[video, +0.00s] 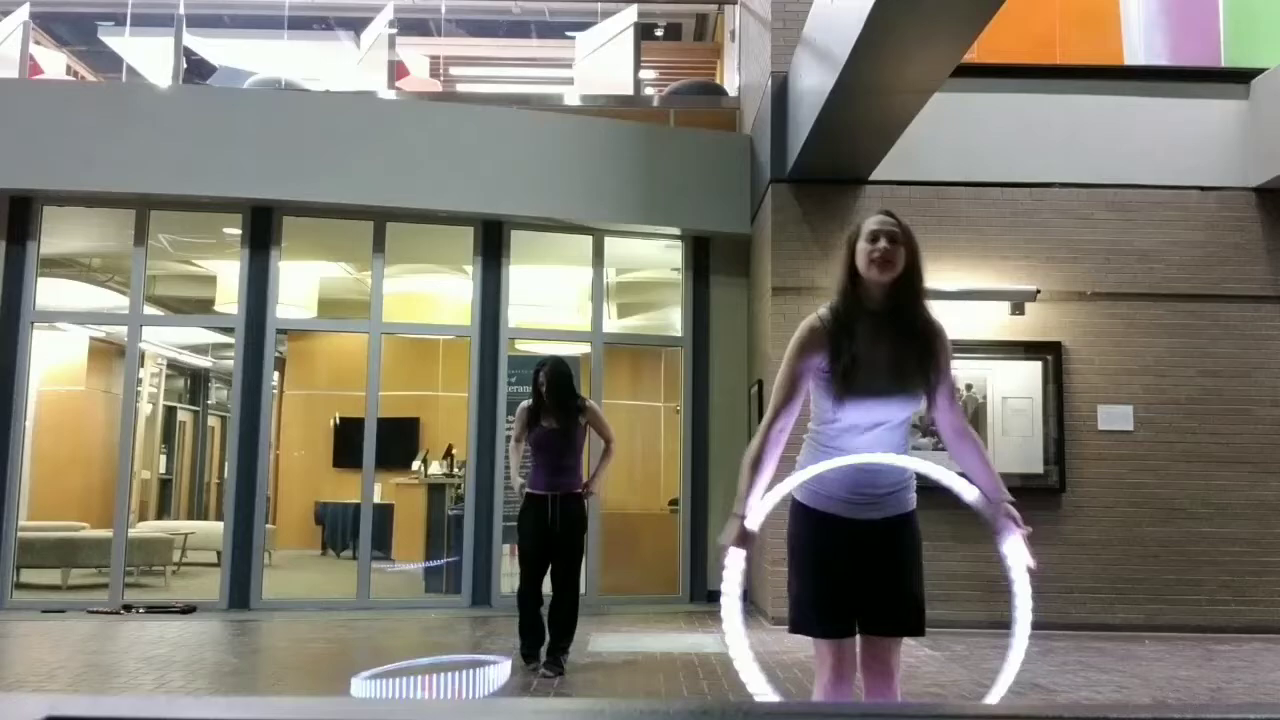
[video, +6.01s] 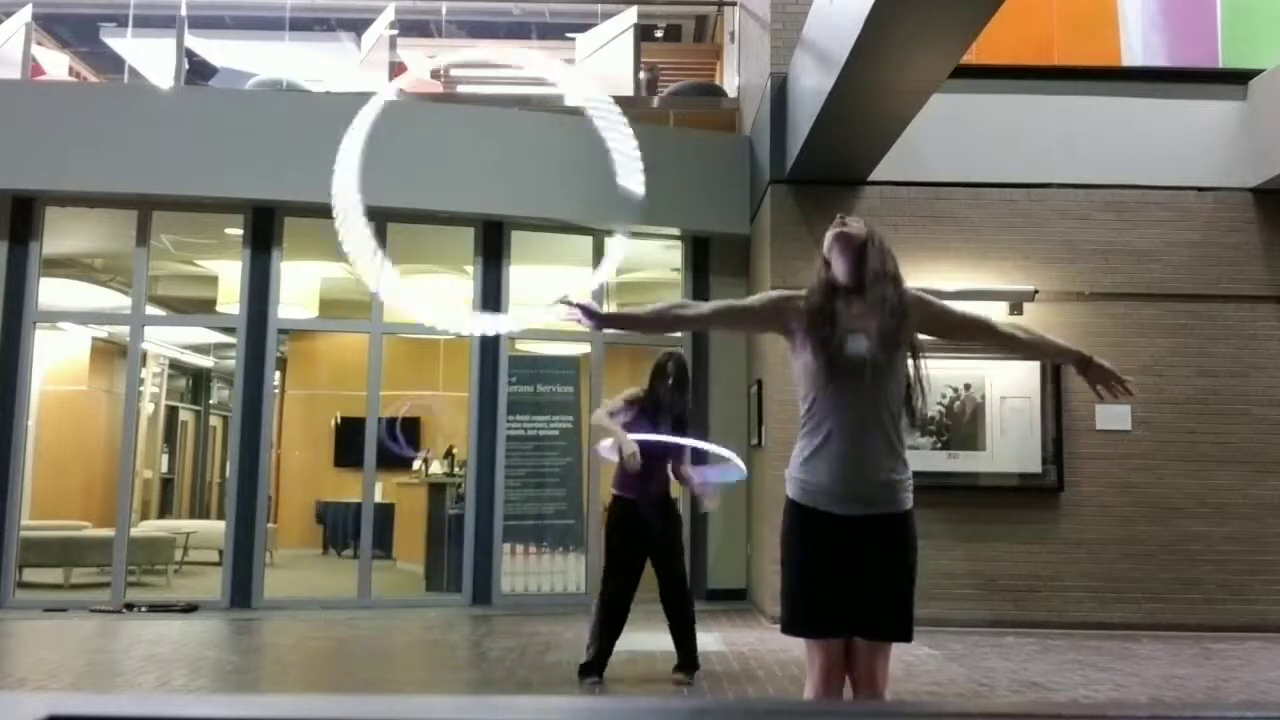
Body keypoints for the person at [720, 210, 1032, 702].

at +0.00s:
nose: (883, 246)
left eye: (894, 239)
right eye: (872, 238)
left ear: (908, 256)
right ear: (854, 253)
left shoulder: (926, 334)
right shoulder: (819, 331)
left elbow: (954, 427)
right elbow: (775, 429)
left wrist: (999, 500)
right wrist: (742, 515)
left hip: (892, 513)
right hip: (822, 512)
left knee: (882, 669)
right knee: (835, 669)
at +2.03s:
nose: (870, 252)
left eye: (879, 246)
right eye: (858, 246)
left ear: (892, 264)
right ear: (840, 265)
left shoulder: (927, 337)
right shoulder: (812, 341)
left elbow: (970, 413)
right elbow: (795, 427)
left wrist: (994, 441)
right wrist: (797, 470)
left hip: (906, 512)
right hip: (836, 515)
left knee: (894, 671)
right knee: (858, 669)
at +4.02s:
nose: (889, 247)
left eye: (895, 241)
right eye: (877, 239)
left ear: (901, 257)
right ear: (851, 250)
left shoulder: (894, 316)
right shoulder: (838, 319)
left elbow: (934, 342)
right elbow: (873, 422)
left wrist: (877, 310)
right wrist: (963, 457)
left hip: (874, 504)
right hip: (825, 503)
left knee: (876, 657)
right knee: (838, 663)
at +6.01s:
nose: (847, 233)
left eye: (858, 230)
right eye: (836, 232)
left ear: (876, 253)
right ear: (823, 257)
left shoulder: (903, 307)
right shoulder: (798, 308)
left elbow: (996, 335)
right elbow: (698, 315)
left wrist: (1077, 359)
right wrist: (608, 320)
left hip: (884, 507)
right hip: (814, 504)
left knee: (870, 671)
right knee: (826, 669)